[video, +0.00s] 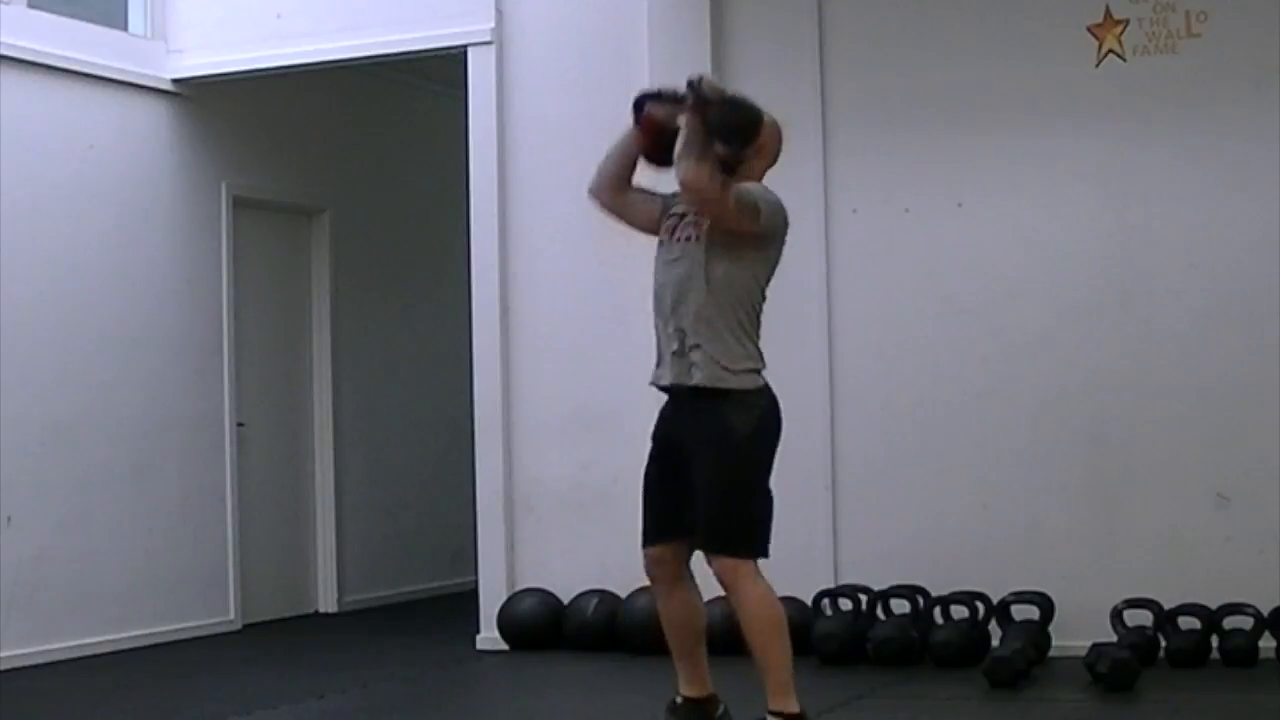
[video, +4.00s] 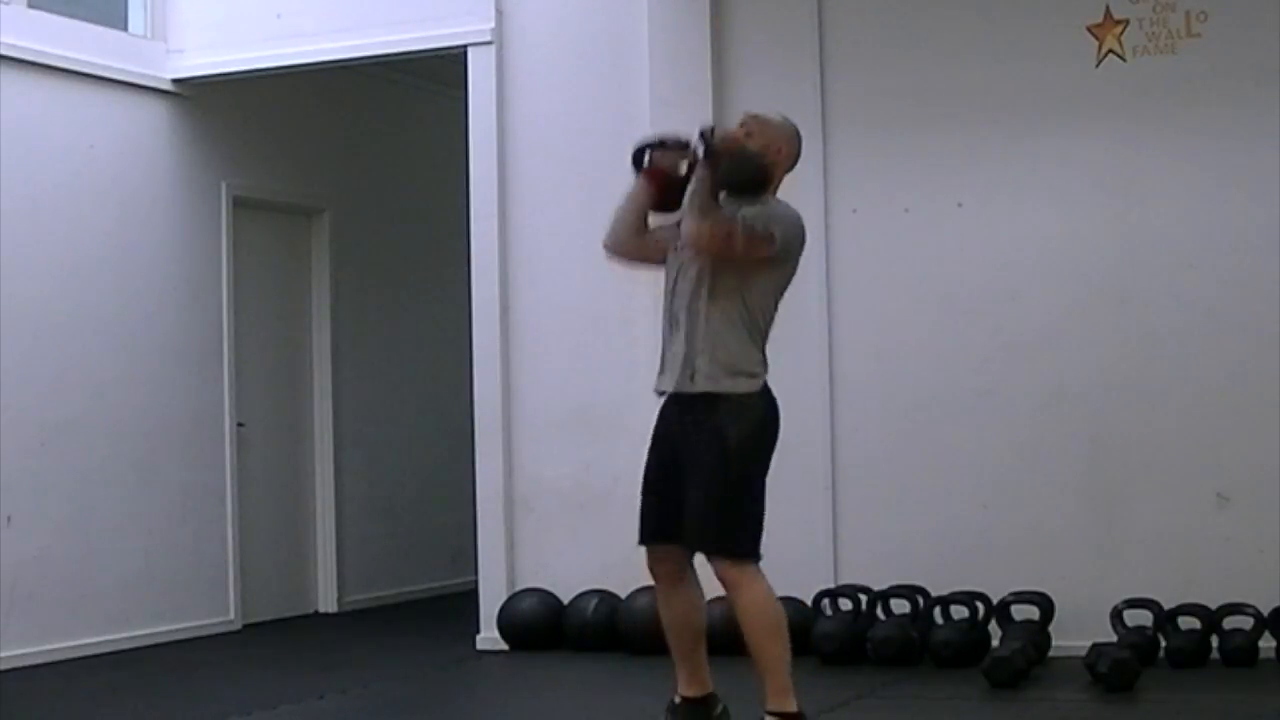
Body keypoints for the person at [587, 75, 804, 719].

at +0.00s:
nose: (681, 155)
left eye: (690, 144)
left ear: (720, 150)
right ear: (737, 148)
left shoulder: (765, 212)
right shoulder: (678, 213)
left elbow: (698, 192)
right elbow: (610, 190)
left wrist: (692, 125)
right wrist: (640, 131)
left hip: (739, 410)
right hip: (682, 409)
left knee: (732, 561)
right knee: (664, 560)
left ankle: (785, 709)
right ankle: (695, 699)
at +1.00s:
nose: (647, 150)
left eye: (659, 139)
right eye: (649, 138)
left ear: (698, 148)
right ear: (669, 149)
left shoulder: (729, 200)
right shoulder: (667, 209)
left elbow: (737, 101)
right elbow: (662, 107)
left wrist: (731, 22)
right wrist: (677, 28)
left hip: (753, 411)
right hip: (703, 414)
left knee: (769, 572)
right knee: (704, 567)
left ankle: (792, 711)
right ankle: (706, 705)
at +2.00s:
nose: (710, 149)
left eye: (724, 138)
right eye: (712, 139)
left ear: (762, 152)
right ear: (747, 154)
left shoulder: (787, 224)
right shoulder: (710, 238)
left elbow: (778, 310)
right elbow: (673, 324)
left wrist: (690, 291)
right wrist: (618, 297)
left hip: (774, 421)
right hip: (719, 423)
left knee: (768, 568)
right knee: (698, 560)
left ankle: (792, 712)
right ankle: (704, 704)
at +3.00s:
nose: (682, 186)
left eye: (694, 176)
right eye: (684, 177)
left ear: (733, 186)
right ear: (718, 189)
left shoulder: (768, 269)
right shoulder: (697, 276)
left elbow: (751, 381)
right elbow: (688, 371)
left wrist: (712, 464)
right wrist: (672, 452)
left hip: (788, 446)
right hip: (729, 449)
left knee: (747, 572)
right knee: (669, 568)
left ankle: (789, 712)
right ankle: (701, 704)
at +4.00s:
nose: (736, 127)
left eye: (754, 125)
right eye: (740, 122)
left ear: (778, 160)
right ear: (730, 149)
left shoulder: (782, 222)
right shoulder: (700, 217)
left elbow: (706, 239)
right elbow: (623, 242)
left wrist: (708, 169)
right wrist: (649, 179)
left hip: (736, 407)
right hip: (680, 405)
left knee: (732, 560)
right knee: (666, 558)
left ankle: (783, 708)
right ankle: (695, 698)